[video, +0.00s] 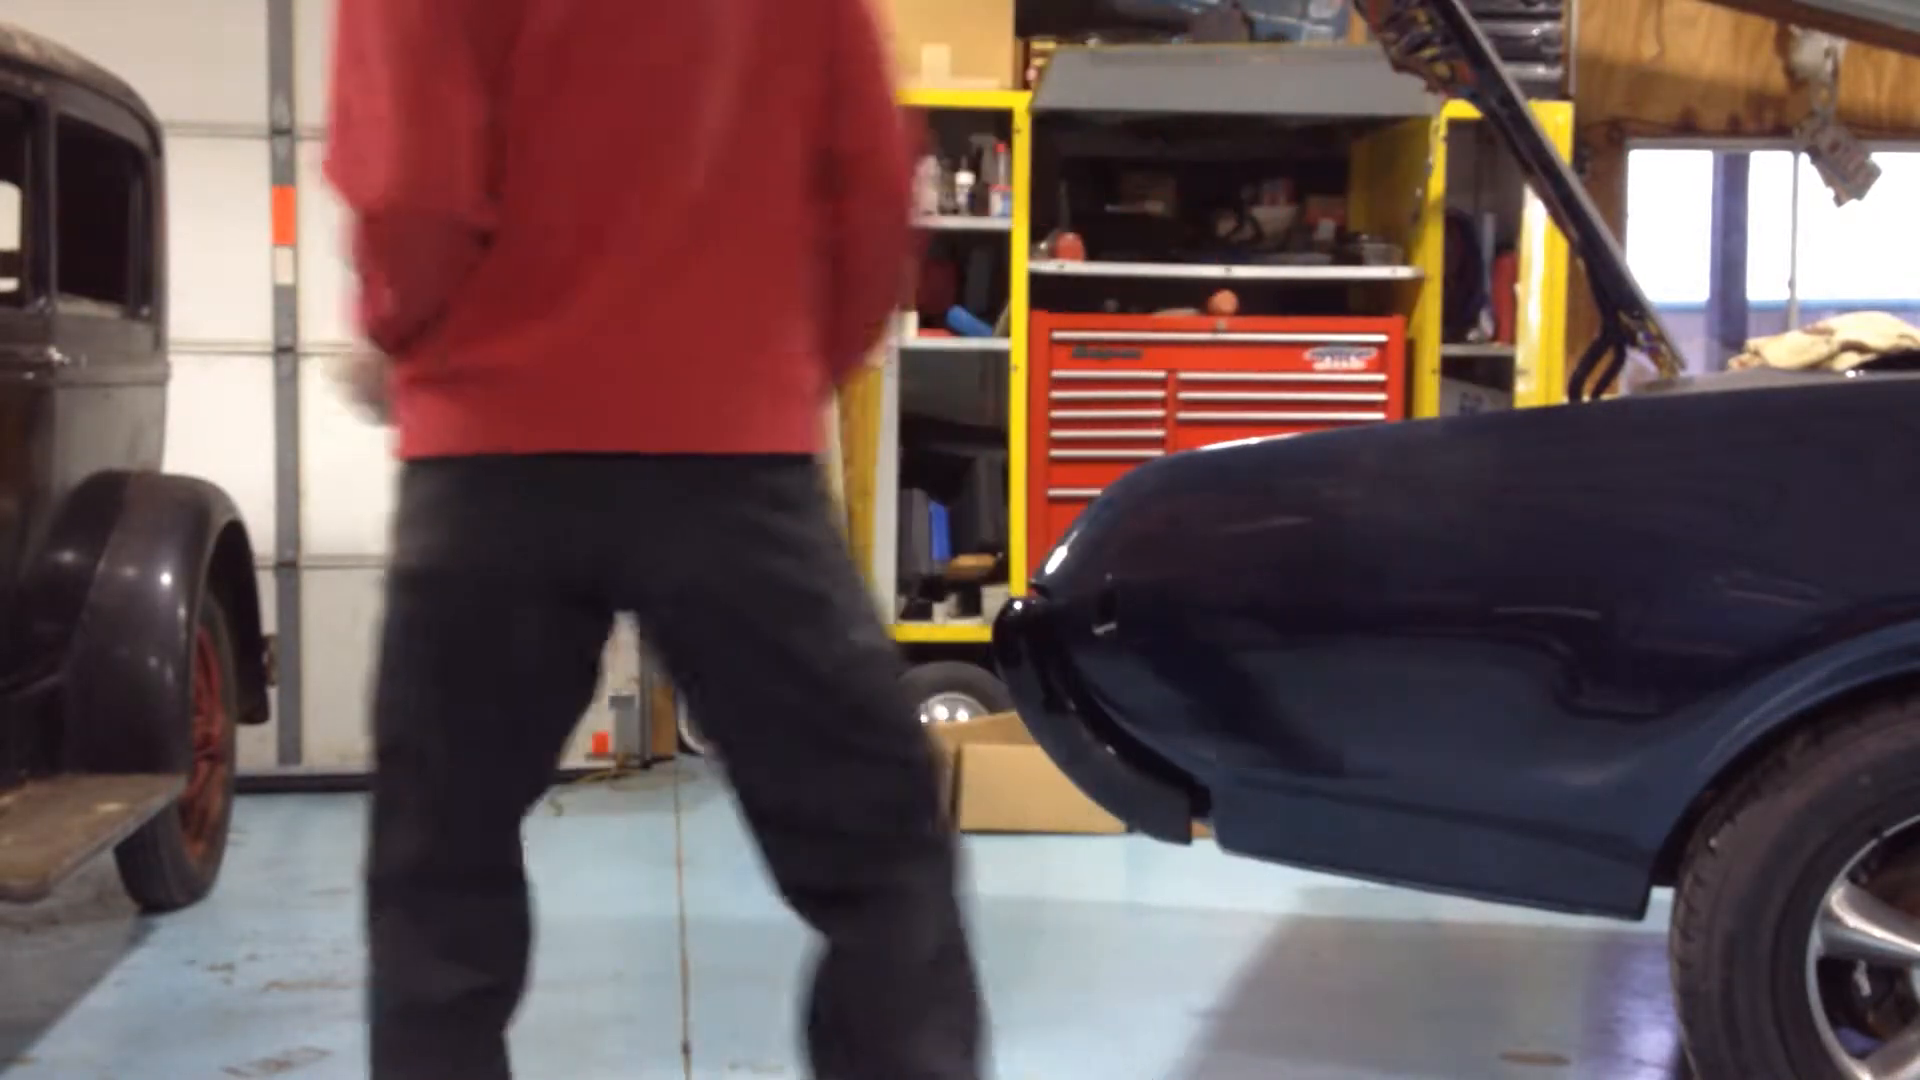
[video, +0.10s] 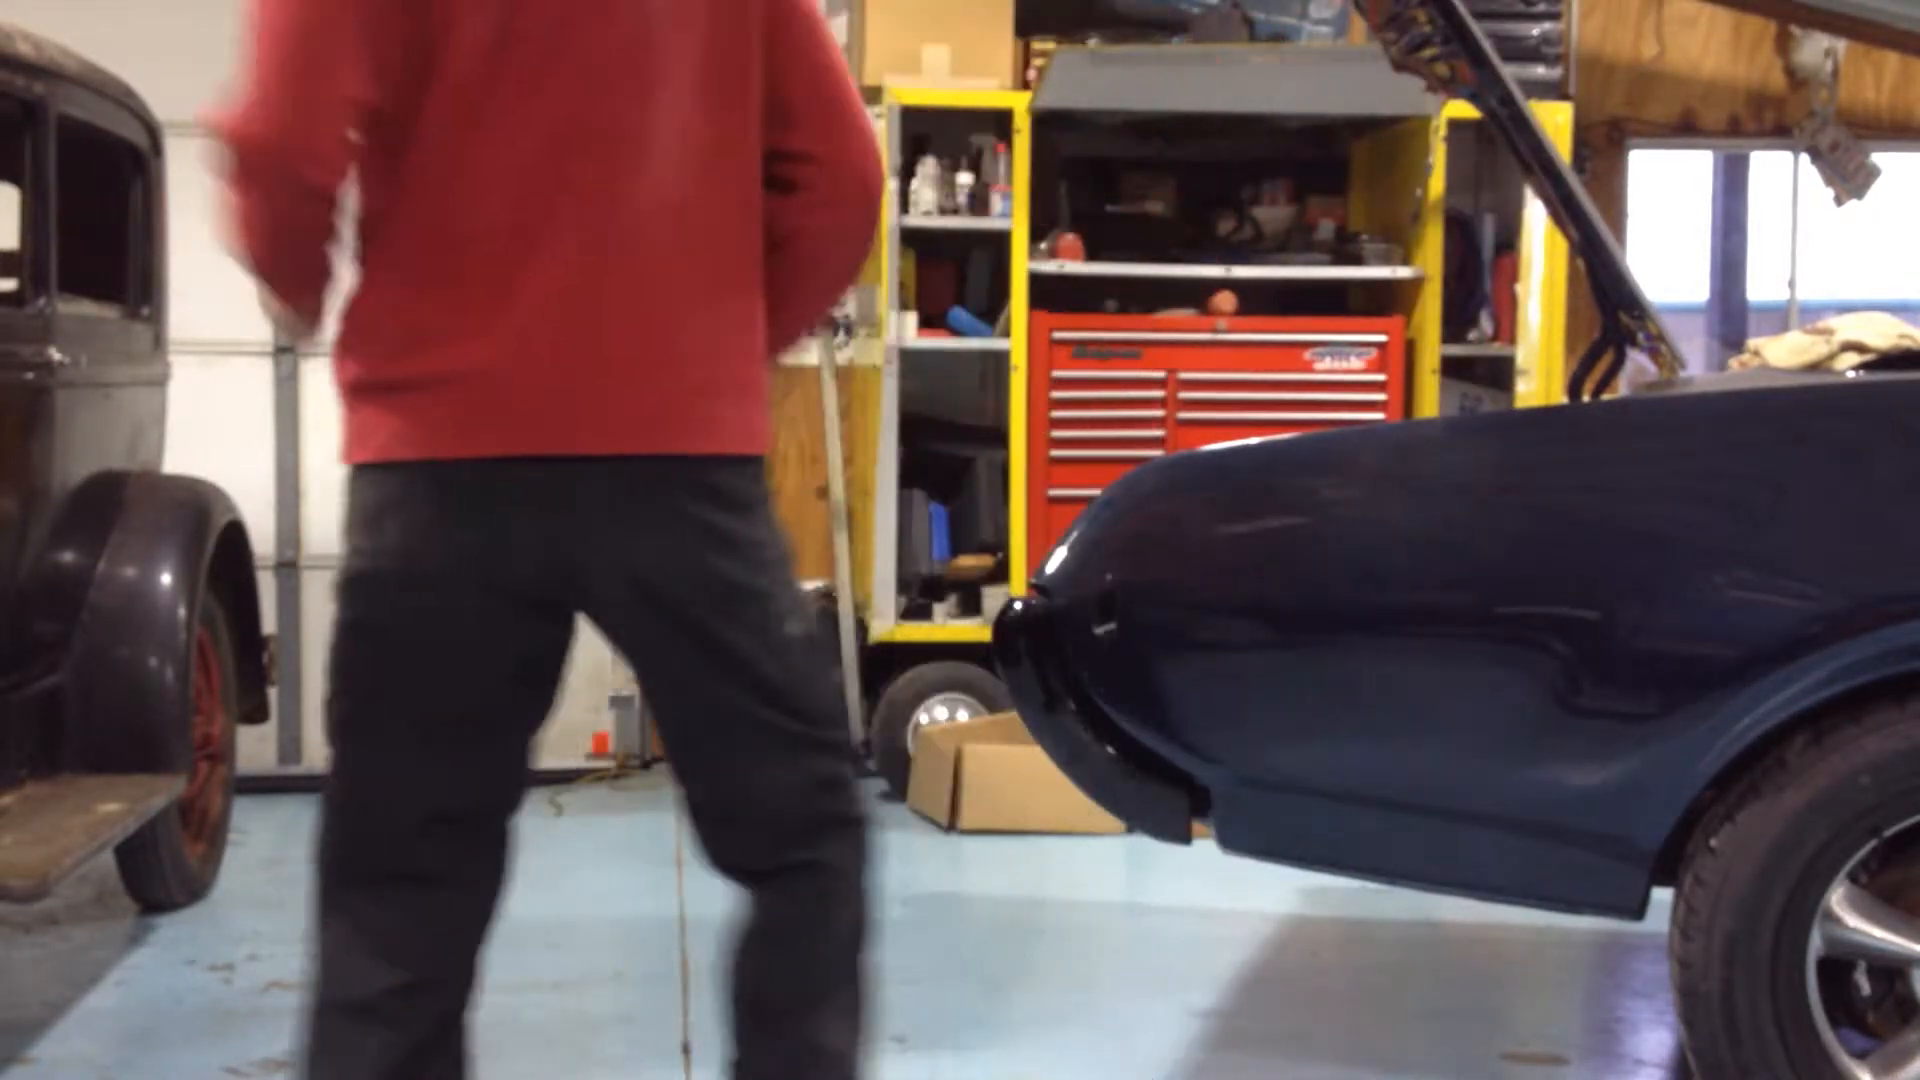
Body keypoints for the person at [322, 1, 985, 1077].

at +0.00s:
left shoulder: (418, 7)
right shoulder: (812, 14)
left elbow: (416, 189)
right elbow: (876, 195)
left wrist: (392, 332)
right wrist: (782, 367)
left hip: (501, 453)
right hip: (733, 451)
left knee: (437, 875)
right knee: (882, 860)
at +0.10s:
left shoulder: (363, 4)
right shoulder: (744, 6)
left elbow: (278, 131)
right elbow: (842, 175)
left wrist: (312, 300)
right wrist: (710, 335)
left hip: (445, 425)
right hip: (680, 433)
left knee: (400, 878)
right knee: (804, 832)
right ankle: (794, 1064)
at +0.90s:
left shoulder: (366, 17)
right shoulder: (678, 17)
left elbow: (315, 257)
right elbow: (778, 235)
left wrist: (403, 345)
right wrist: (652, 337)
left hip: (460, 476)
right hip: (660, 470)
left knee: (367, 853)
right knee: (684, 813)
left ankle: (435, 1070)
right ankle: (671, 1071)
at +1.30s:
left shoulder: (499, 54)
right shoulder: (768, 44)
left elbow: (453, 276)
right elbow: (775, 254)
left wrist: (544, 386)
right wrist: (822, 395)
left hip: (544, 470)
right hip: (714, 469)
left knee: (526, 764)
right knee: (746, 827)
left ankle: (488, 1066)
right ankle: (631, 1073)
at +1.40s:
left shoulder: (527, 58)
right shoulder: (760, 42)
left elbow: (451, 255)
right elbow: (737, 217)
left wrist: (573, 329)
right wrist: (804, 350)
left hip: (545, 473)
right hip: (690, 468)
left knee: (575, 773)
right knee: (770, 814)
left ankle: (589, 1050)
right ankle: (629, 1059)